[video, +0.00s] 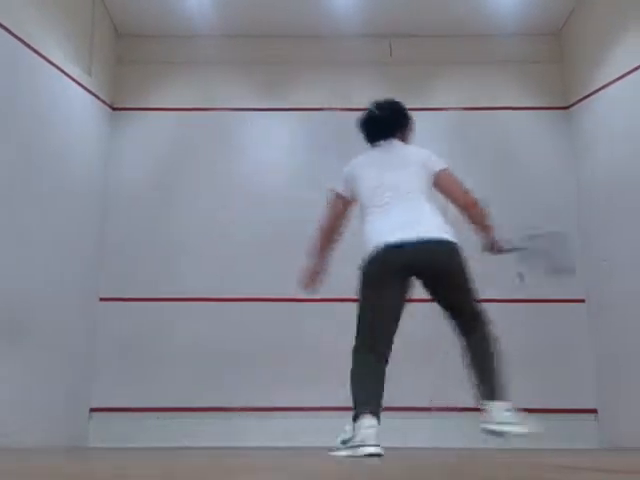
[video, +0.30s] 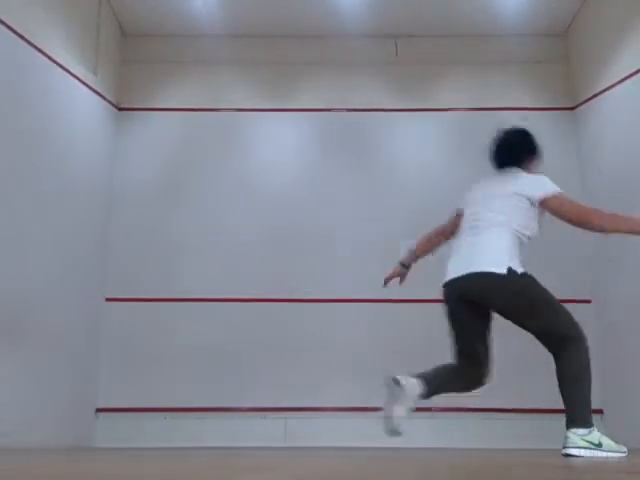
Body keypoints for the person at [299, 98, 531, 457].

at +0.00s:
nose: (412, 132)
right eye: (410, 128)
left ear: (369, 134)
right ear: (404, 130)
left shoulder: (357, 168)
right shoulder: (421, 157)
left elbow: (331, 224)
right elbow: (465, 200)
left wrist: (317, 265)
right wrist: (488, 233)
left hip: (385, 255)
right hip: (437, 249)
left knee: (372, 343)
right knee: (472, 324)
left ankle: (366, 426)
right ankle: (496, 407)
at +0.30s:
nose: (538, 164)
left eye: (537, 160)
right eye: (537, 159)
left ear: (499, 160)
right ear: (530, 159)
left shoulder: (478, 192)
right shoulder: (531, 183)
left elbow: (443, 233)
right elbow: (590, 219)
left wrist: (407, 260)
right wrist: (638, 224)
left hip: (457, 280)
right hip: (498, 274)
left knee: (471, 372)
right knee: (568, 341)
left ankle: (414, 387)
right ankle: (581, 432)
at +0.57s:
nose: (564, 215)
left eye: (564, 210)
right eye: (563, 210)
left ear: (528, 209)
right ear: (557, 211)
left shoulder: (504, 233)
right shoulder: (558, 233)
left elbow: (468, 256)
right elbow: (590, 271)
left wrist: (429, 267)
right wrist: (628, 284)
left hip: (475, 305)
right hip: (513, 301)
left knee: (496, 362)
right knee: (560, 360)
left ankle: (501, 427)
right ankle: (579, 429)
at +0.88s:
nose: (537, 266)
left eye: (536, 262)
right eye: (536, 262)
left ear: (506, 258)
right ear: (531, 263)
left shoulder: (490, 275)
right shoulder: (537, 282)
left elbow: (460, 298)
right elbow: (552, 320)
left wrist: (433, 330)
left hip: (480, 319)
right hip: (518, 318)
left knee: (495, 379)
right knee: (538, 370)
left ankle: (515, 436)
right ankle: (550, 410)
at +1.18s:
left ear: (486, 250)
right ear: (515, 251)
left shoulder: (482, 264)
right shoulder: (523, 268)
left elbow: (463, 283)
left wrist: (444, 304)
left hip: (491, 308)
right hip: (531, 308)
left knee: (499, 369)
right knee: (533, 369)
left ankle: (516, 435)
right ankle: (518, 406)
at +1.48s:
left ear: (472, 216)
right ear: (500, 217)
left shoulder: (468, 231)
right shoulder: (513, 239)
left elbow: (451, 249)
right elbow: (545, 273)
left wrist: (417, 272)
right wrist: (537, 304)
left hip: (489, 299)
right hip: (528, 299)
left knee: (479, 359)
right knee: (528, 365)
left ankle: (497, 424)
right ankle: (544, 430)